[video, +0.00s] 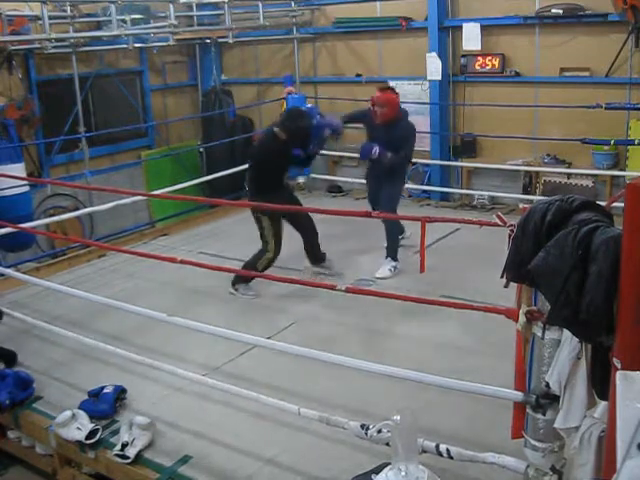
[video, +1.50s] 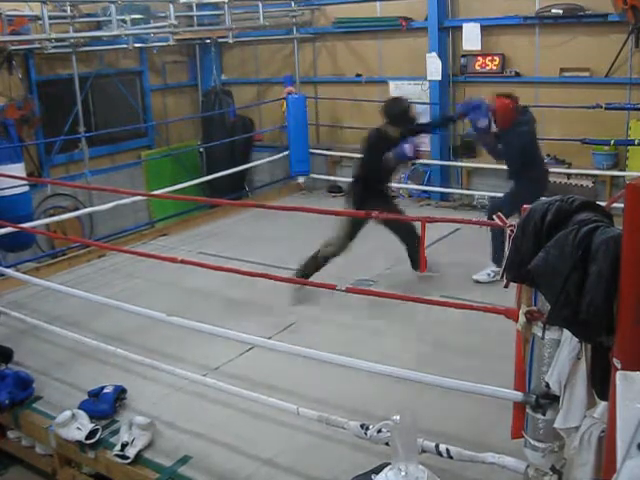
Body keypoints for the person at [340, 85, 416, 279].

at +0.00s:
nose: (376, 111)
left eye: (381, 108)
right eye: (375, 107)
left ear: (392, 109)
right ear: (373, 106)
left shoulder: (406, 128)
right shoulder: (371, 116)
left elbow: (403, 160)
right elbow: (349, 117)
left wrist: (380, 154)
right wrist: (337, 124)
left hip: (395, 173)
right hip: (375, 169)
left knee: (387, 211)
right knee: (376, 205)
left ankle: (392, 260)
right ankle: (399, 229)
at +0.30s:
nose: (373, 104)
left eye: (377, 99)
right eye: (372, 99)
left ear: (389, 100)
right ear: (372, 100)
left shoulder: (403, 121)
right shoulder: (384, 117)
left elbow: (401, 150)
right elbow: (379, 140)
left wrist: (376, 140)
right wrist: (361, 129)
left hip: (412, 172)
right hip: (399, 169)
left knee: (393, 212)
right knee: (401, 205)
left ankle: (392, 260)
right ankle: (405, 236)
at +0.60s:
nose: (408, 111)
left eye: (410, 107)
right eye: (407, 107)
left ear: (417, 107)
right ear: (419, 107)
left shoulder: (432, 129)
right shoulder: (420, 127)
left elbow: (418, 152)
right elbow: (397, 143)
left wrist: (406, 134)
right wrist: (386, 121)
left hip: (432, 186)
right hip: (432, 185)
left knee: (400, 217)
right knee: (438, 220)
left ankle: (399, 267)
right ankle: (482, 238)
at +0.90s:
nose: (442, 109)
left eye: (446, 105)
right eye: (441, 105)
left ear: (457, 104)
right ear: (442, 105)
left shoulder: (472, 126)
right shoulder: (450, 120)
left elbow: (479, 158)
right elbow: (444, 139)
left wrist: (455, 157)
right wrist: (429, 125)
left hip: (480, 175)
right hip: (473, 173)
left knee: (451, 215)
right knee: (482, 216)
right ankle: (512, 249)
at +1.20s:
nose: (459, 111)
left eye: (463, 107)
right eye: (457, 106)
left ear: (474, 106)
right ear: (458, 106)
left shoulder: (488, 126)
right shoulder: (476, 116)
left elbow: (483, 158)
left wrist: (461, 140)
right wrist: (453, 126)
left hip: (506, 171)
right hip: (500, 168)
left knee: (483, 217)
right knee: (498, 210)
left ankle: (485, 267)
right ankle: (524, 246)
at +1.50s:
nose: (496, 121)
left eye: (498, 117)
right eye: (496, 117)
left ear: (506, 117)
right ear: (512, 114)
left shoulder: (518, 133)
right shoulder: (521, 122)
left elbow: (500, 156)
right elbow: (501, 141)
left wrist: (485, 138)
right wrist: (487, 133)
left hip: (529, 185)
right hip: (534, 181)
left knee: (496, 211)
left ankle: (498, 265)